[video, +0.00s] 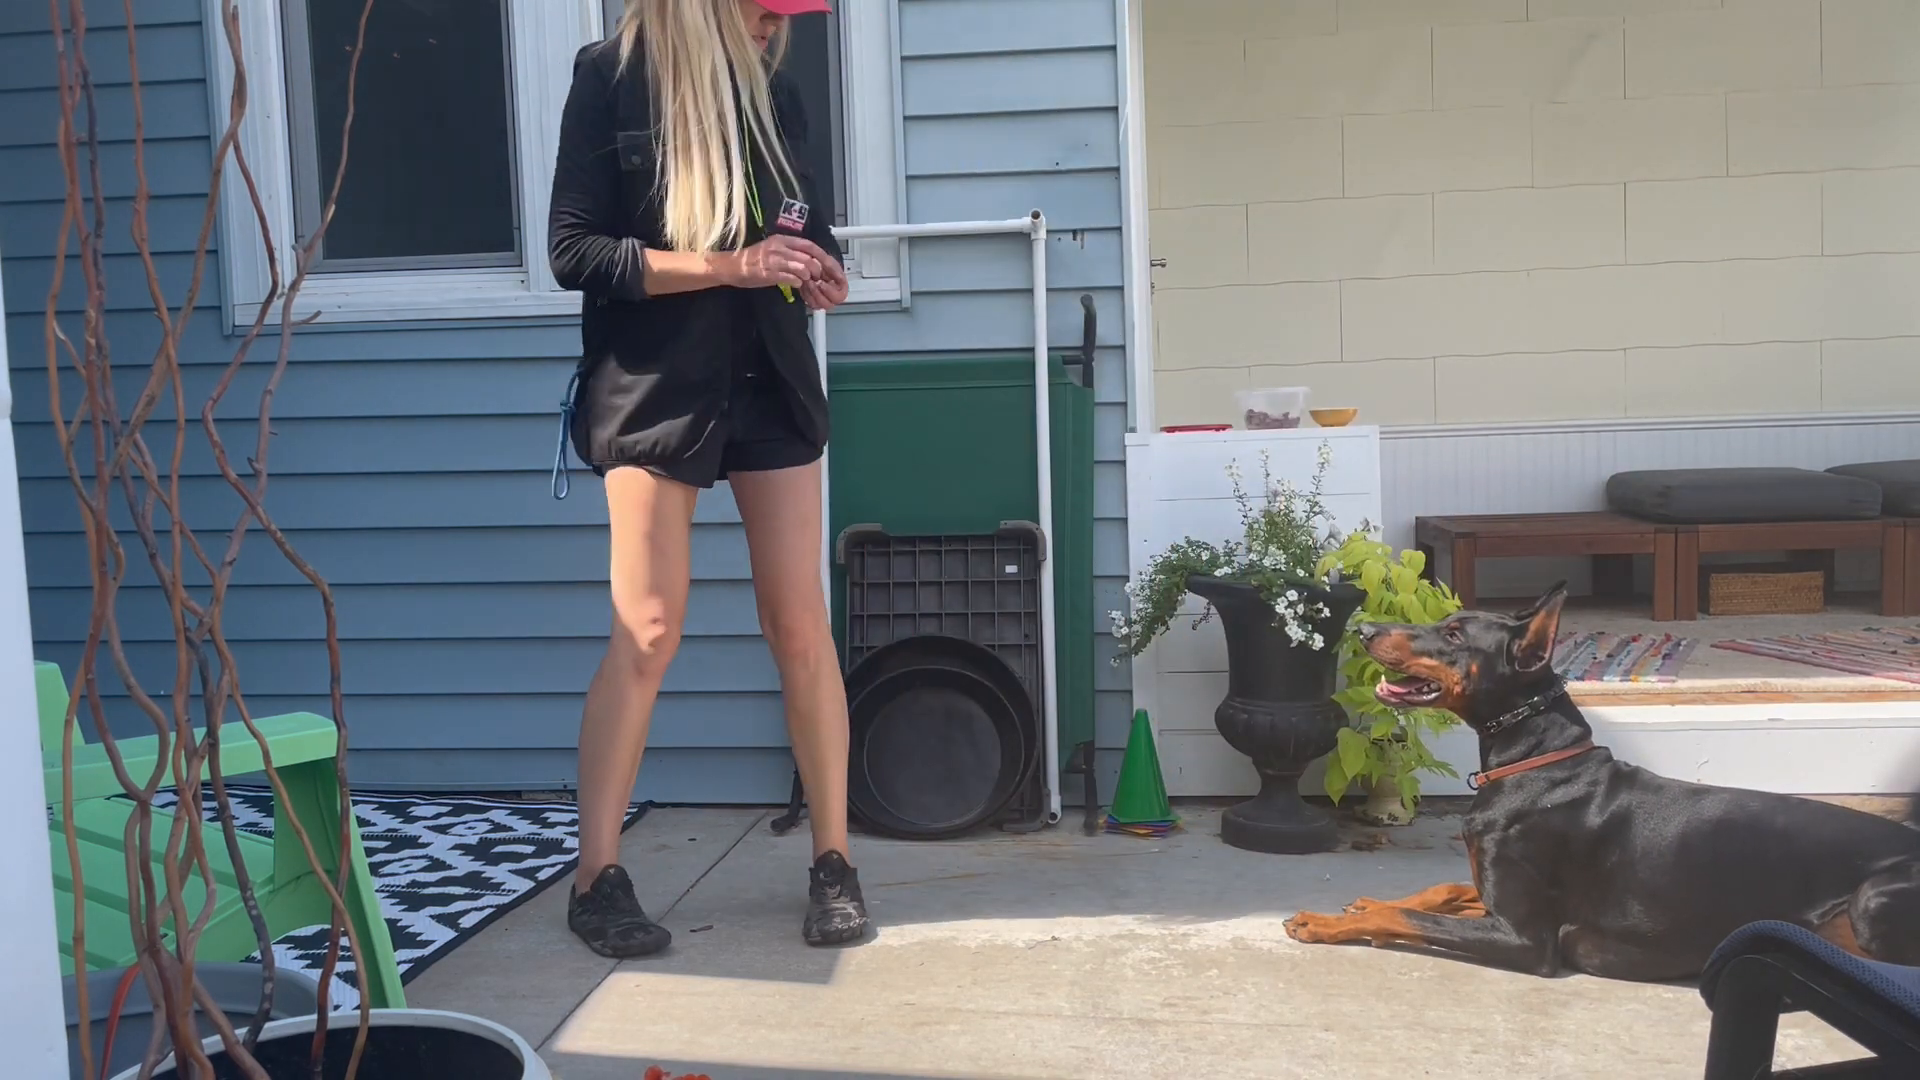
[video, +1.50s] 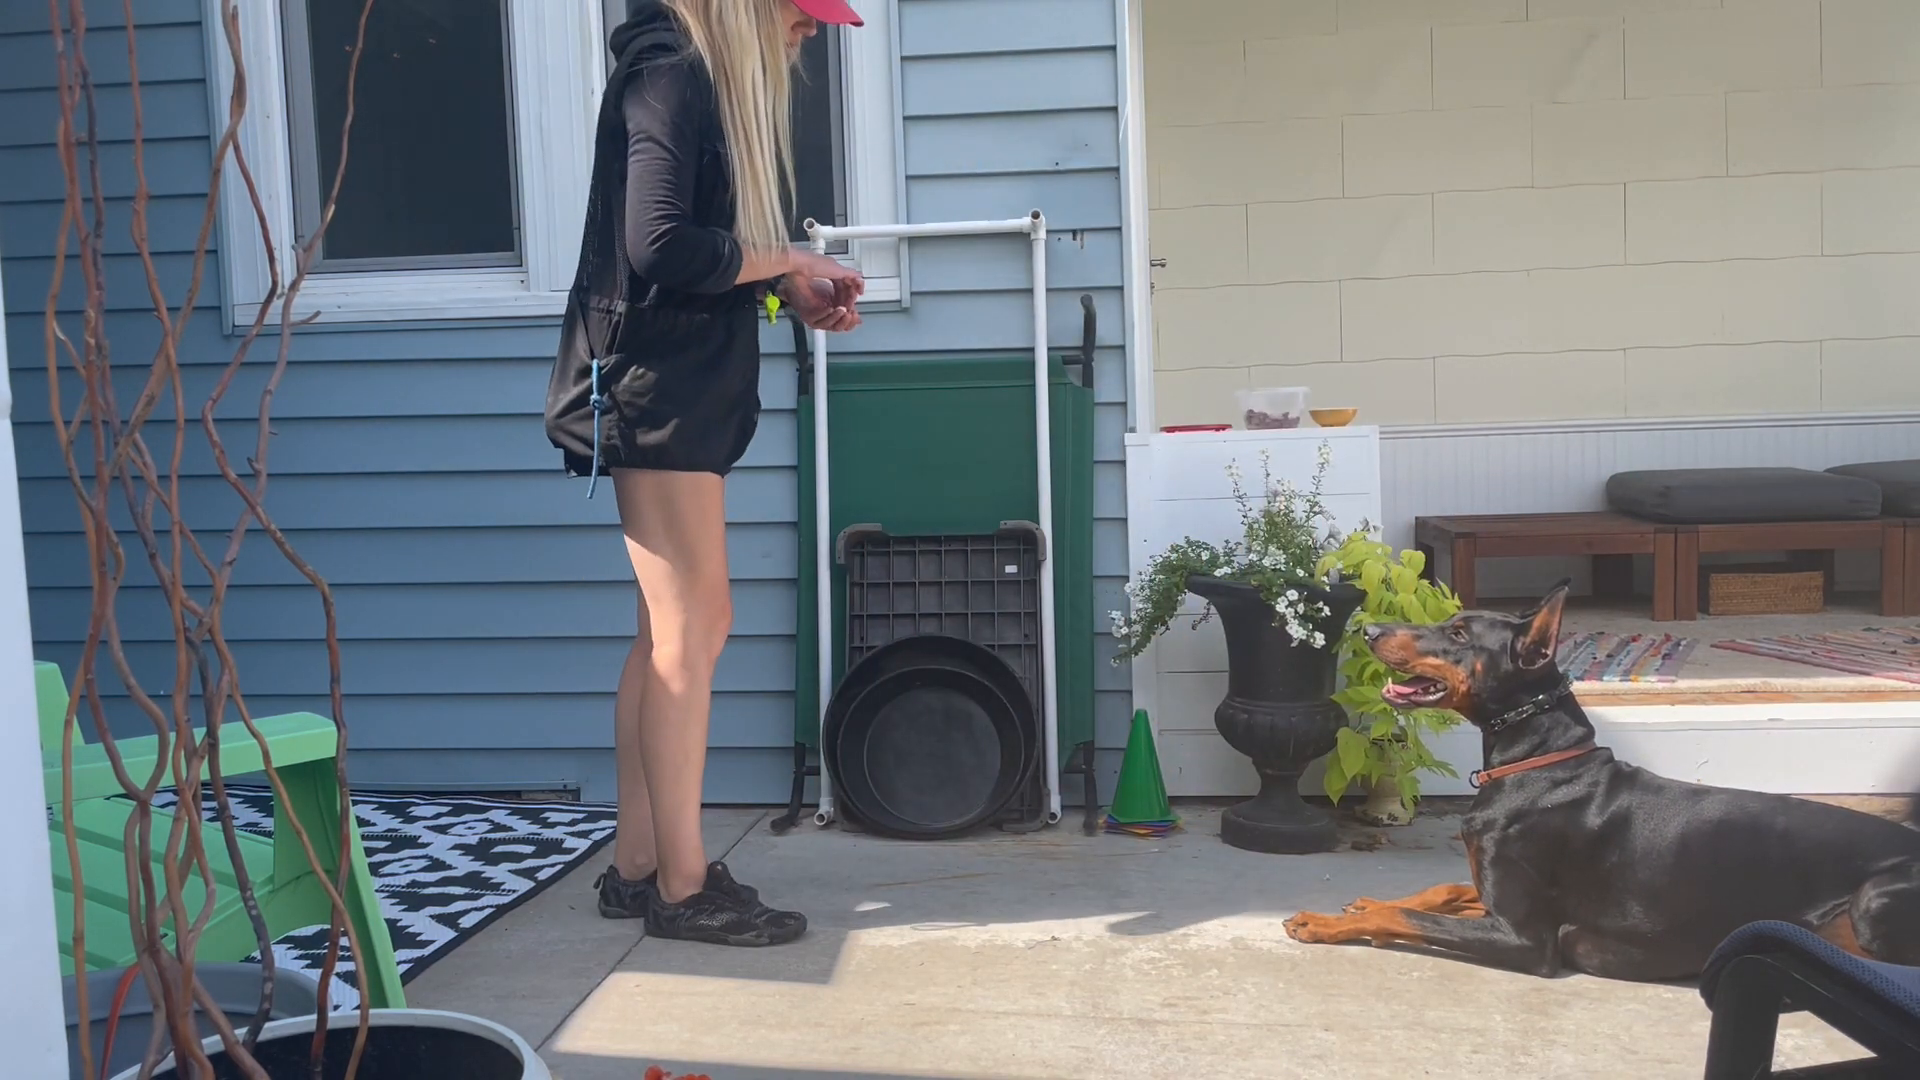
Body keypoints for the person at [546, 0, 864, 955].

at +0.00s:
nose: (779, 32)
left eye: (787, 21)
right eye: (768, 16)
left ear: (784, 18)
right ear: (712, 2)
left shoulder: (780, 84)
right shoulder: (614, 72)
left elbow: (808, 229)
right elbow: (572, 250)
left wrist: (822, 276)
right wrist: (725, 265)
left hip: (771, 368)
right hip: (651, 373)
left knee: (801, 626)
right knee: (648, 630)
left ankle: (834, 865)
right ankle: (596, 876)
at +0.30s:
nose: (727, 36)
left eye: (735, 25)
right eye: (721, 19)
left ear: (711, 13)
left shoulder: (684, 79)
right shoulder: (585, 58)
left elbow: (679, 228)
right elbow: (545, 243)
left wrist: (750, 263)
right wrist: (705, 267)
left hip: (696, 373)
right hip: (613, 376)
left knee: (707, 621)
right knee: (626, 629)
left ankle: (649, 856)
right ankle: (594, 879)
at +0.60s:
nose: (726, 42)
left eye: (731, 31)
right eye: (719, 26)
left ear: (688, 13)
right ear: (672, 5)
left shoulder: (666, 73)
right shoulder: (592, 62)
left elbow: (654, 239)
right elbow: (568, 242)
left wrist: (748, 261)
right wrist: (726, 251)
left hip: (683, 368)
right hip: (616, 373)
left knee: (673, 620)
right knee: (628, 624)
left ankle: (646, 859)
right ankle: (596, 879)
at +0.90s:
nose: (736, 46)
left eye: (740, 34)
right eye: (729, 28)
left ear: (687, 15)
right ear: (681, 8)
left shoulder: (667, 80)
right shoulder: (613, 70)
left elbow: (663, 252)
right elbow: (596, 235)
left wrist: (756, 270)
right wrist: (739, 243)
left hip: (670, 377)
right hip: (631, 377)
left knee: (689, 616)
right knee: (690, 616)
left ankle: (646, 853)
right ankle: (618, 872)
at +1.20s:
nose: (766, 41)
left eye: (770, 30)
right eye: (761, 25)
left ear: (713, 7)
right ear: (717, 7)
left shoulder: (684, 71)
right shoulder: (645, 66)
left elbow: (678, 233)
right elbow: (620, 235)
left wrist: (764, 276)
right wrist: (753, 261)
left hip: (666, 370)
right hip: (643, 372)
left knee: (668, 623)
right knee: (692, 618)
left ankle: (637, 864)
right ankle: (683, 886)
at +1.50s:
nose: (807, 34)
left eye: (811, 22)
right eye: (801, 17)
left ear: (747, 6)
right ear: (751, 5)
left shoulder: (712, 67)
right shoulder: (672, 67)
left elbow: (716, 231)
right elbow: (658, 249)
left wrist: (793, 277)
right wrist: (778, 264)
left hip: (674, 372)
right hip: (657, 376)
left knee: (670, 628)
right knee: (696, 626)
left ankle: (639, 863)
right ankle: (684, 886)